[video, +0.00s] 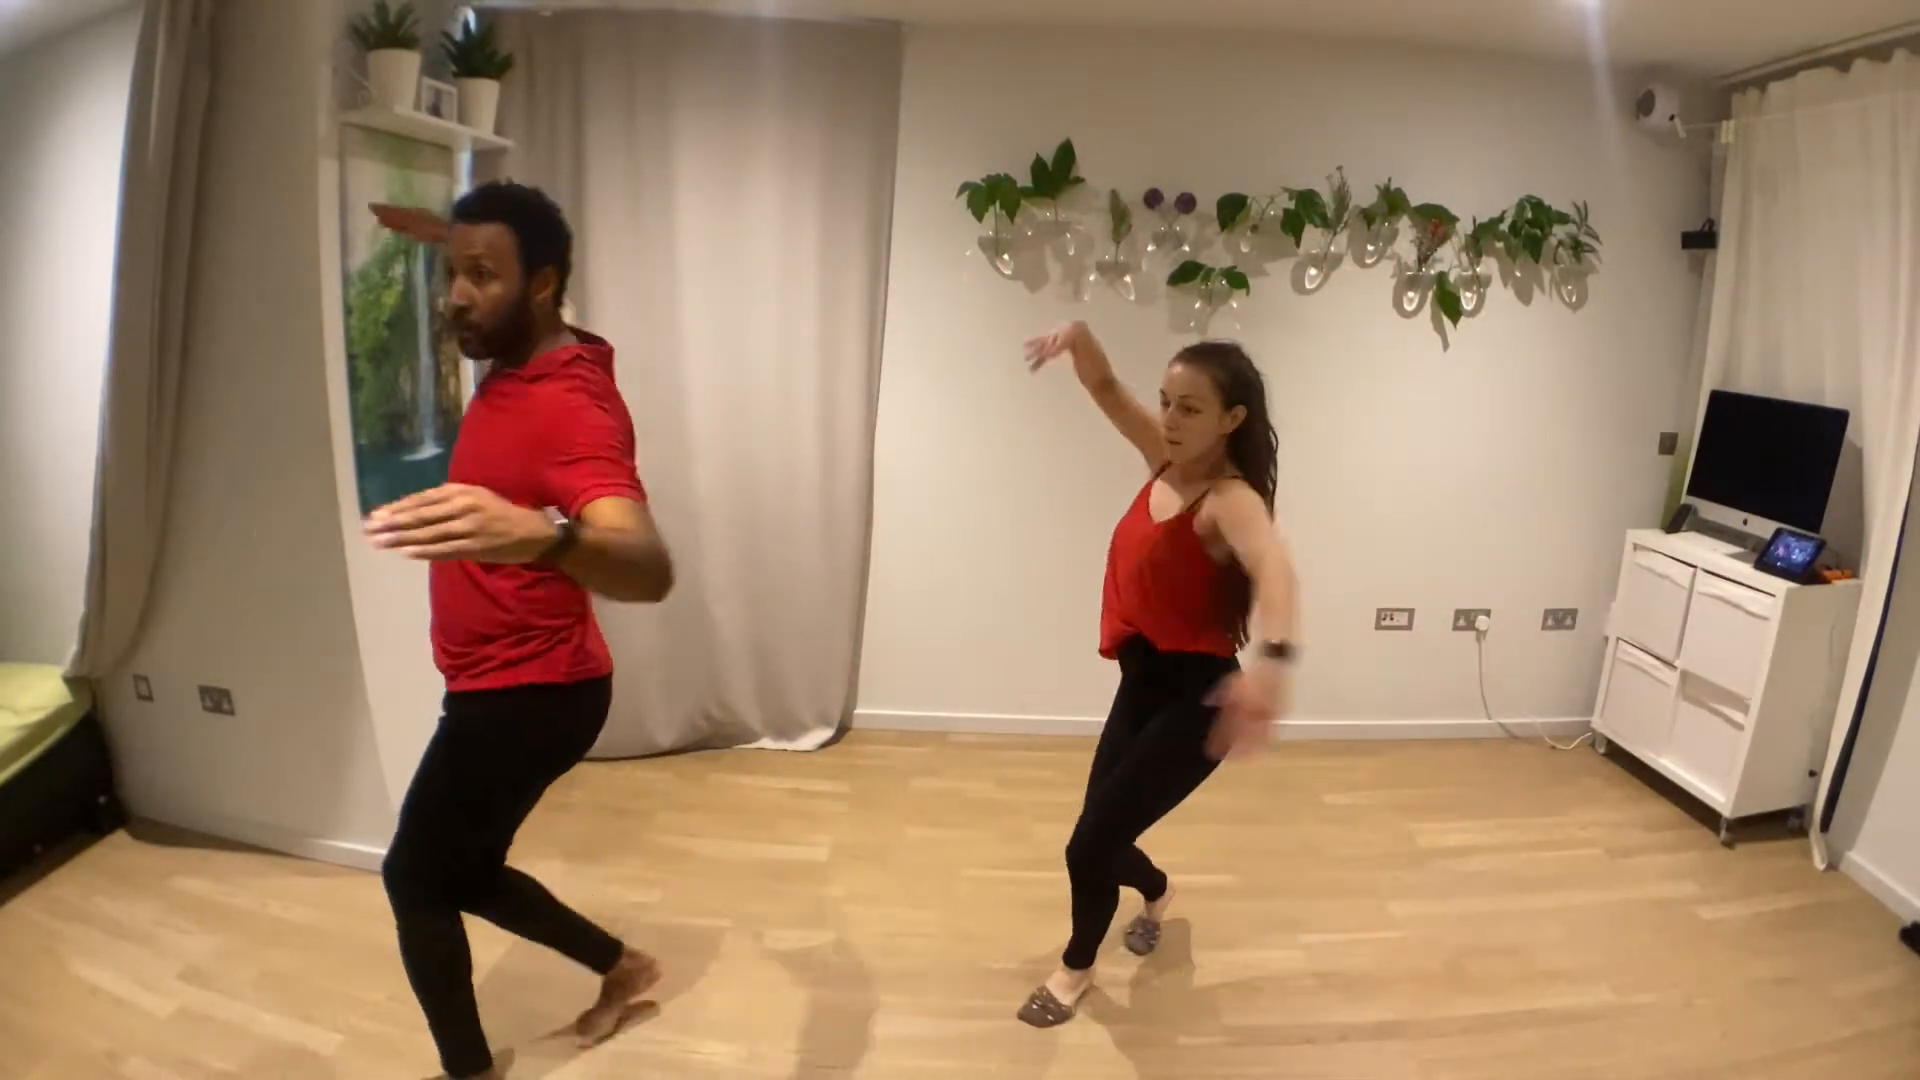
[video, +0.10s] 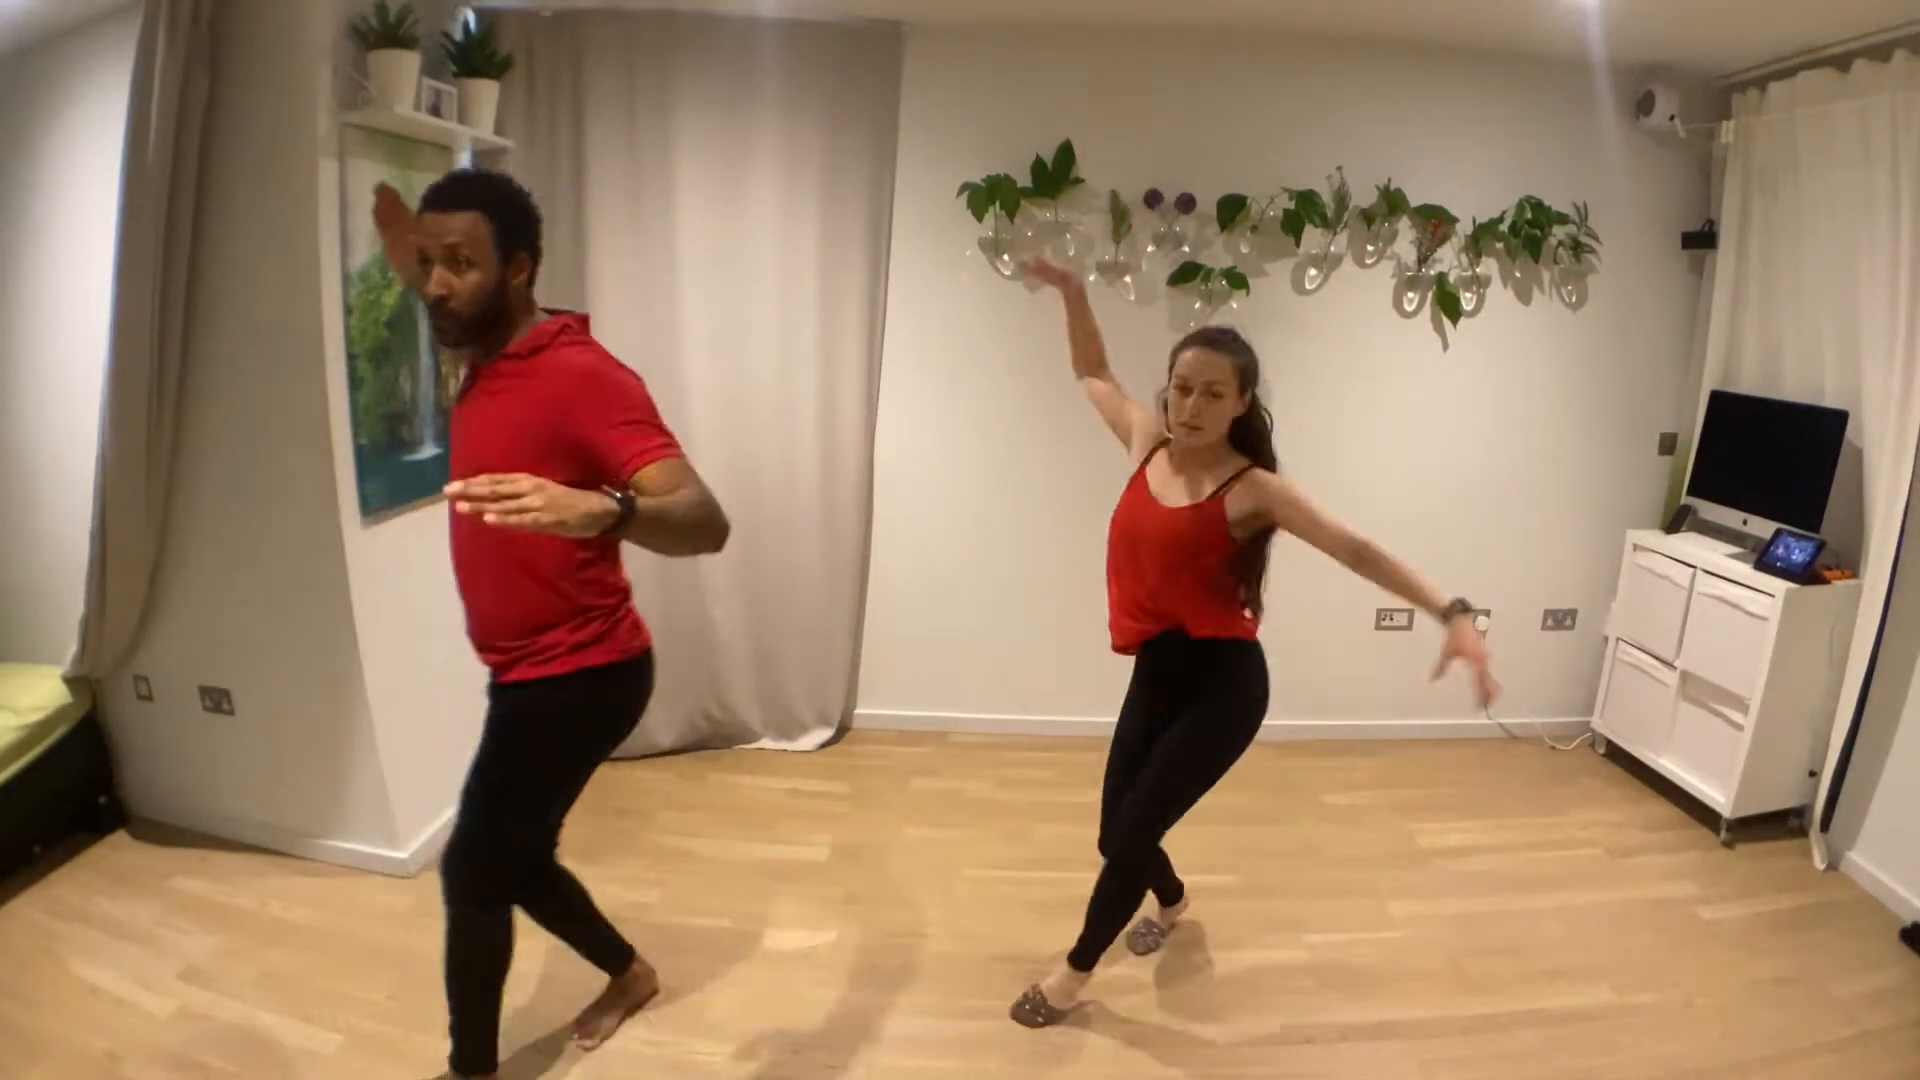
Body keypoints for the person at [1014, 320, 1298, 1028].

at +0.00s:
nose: (1168, 420)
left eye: (1188, 409)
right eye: (1167, 403)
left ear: (1232, 420)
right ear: (1160, 404)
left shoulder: (1231, 501)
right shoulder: (1167, 458)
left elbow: (1275, 567)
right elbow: (1107, 391)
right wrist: (1078, 338)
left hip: (1202, 692)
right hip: (1144, 678)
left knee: (1092, 849)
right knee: (1096, 831)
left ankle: (1074, 970)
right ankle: (1156, 889)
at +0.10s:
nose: (1190, 404)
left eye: (1210, 393)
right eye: (1181, 387)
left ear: (1241, 405)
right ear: (1169, 389)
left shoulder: (1253, 489)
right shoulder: (1146, 441)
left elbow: (1357, 552)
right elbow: (1092, 373)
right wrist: (1071, 290)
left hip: (1223, 680)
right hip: (1157, 671)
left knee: (1132, 831)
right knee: (1116, 826)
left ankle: (1074, 972)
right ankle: (1171, 900)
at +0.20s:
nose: (1220, 389)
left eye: (1236, 376)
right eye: (1206, 373)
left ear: (1256, 384)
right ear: (1181, 378)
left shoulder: (1273, 466)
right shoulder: (1149, 438)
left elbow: (1371, 516)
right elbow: (1070, 380)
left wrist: (1466, 557)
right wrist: (1049, 289)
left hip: (1246, 662)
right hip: (1169, 663)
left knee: (1187, 820)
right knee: (1129, 818)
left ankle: (1149, 939)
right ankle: (1178, 891)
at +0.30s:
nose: (1254, 375)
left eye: (1264, 359)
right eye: (1233, 363)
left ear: (1280, 364)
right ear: (1202, 375)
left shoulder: (1308, 447)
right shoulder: (1177, 441)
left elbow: (1366, 480)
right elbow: (1073, 391)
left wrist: (1412, 497)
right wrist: (1024, 315)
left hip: (1264, 640)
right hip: (1184, 634)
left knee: (1252, 802)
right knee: (1148, 792)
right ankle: (1178, 907)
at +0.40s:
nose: (1310, 391)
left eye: (1311, 374)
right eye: (1291, 386)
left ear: (1318, 367)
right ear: (1248, 401)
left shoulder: (1329, 427)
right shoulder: (1216, 450)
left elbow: (1366, 430)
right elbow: (1107, 422)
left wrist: (1409, 439)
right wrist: (1013, 354)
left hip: (1279, 627)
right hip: (1205, 617)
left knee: (1308, 782)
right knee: (1173, 778)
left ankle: (1296, 870)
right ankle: (1171, 897)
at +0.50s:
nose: (1357, 469)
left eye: (1361, 458)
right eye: (1348, 459)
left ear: (1356, 448)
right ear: (1314, 453)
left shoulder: (1344, 444)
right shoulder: (1263, 482)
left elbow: (1377, 371)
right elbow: (1197, 498)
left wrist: (1438, 414)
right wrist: (1144, 500)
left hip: (1285, 630)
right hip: (1229, 622)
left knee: (1334, 761)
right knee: (1214, 780)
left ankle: (1301, 891)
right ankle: (1167, 897)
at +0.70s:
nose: (1441, 527)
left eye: (1450, 518)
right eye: (1439, 518)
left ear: (1402, 452)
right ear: (1418, 509)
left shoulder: (1331, 458)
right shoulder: (1378, 529)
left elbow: (1405, 477)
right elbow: (1405, 637)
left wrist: (1436, 541)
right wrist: (1440, 710)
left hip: (1246, 635)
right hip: (1276, 651)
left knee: (1327, 756)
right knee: (1363, 762)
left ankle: (1292, 886)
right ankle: (1270, 865)